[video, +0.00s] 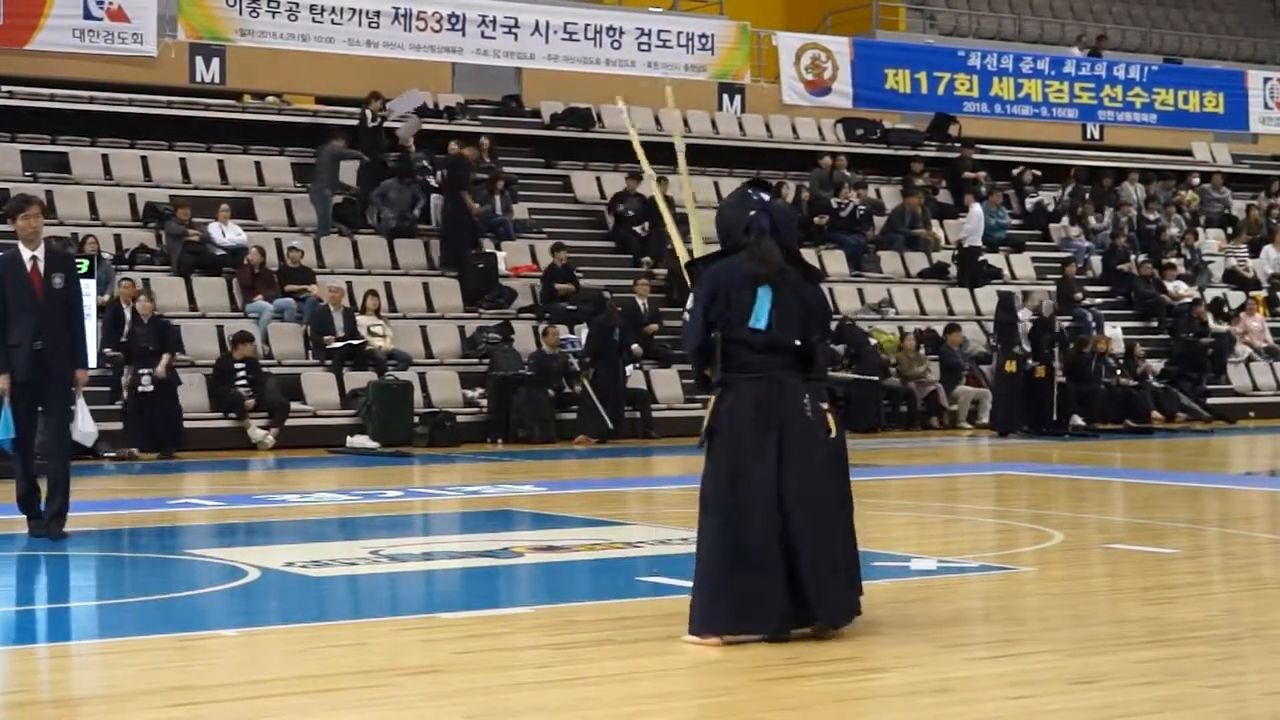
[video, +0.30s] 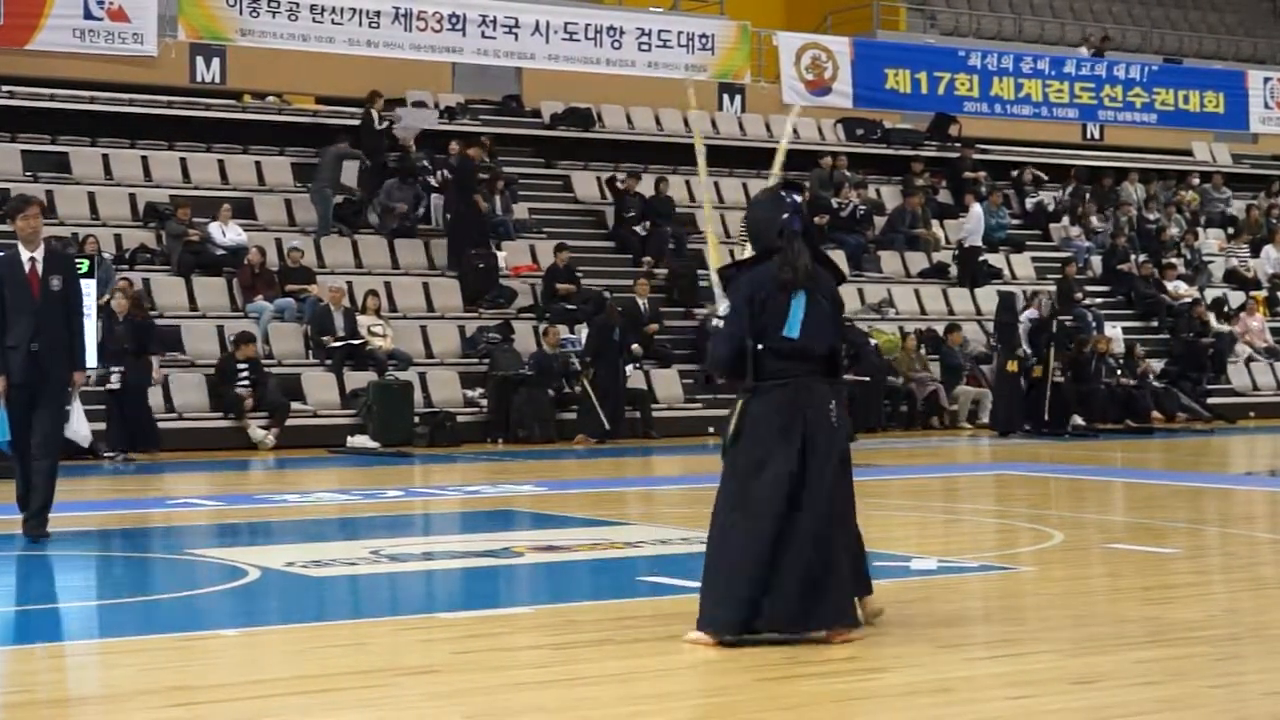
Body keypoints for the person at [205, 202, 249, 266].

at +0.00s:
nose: (225, 214)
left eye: (227, 211)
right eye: (222, 211)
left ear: (230, 213)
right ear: (217, 214)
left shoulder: (234, 226)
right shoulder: (212, 226)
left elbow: (244, 240)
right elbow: (219, 242)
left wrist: (227, 239)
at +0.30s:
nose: (227, 214)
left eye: (229, 211)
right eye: (224, 211)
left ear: (231, 213)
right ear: (219, 213)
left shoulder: (234, 226)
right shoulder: (213, 226)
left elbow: (244, 240)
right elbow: (219, 242)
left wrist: (228, 239)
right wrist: (239, 244)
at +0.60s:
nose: (227, 213)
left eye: (229, 210)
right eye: (225, 210)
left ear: (231, 212)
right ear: (219, 212)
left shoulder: (235, 226)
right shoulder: (213, 226)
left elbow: (245, 240)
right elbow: (220, 241)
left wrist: (228, 239)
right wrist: (240, 244)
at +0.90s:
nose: (228, 213)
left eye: (230, 210)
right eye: (225, 210)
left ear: (232, 212)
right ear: (219, 212)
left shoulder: (235, 226)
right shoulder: (214, 225)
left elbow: (246, 240)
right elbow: (221, 242)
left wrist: (229, 239)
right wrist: (241, 244)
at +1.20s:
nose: (230, 213)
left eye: (231, 211)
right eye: (227, 211)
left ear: (233, 212)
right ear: (220, 212)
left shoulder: (236, 226)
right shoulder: (214, 226)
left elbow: (246, 241)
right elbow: (221, 242)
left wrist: (229, 239)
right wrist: (242, 244)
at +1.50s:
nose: (229, 213)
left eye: (230, 210)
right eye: (226, 210)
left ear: (232, 212)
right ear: (219, 213)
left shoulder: (236, 226)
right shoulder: (214, 225)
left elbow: (246, 240)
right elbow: (221, 241)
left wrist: (229, 239)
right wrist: (241, 244)